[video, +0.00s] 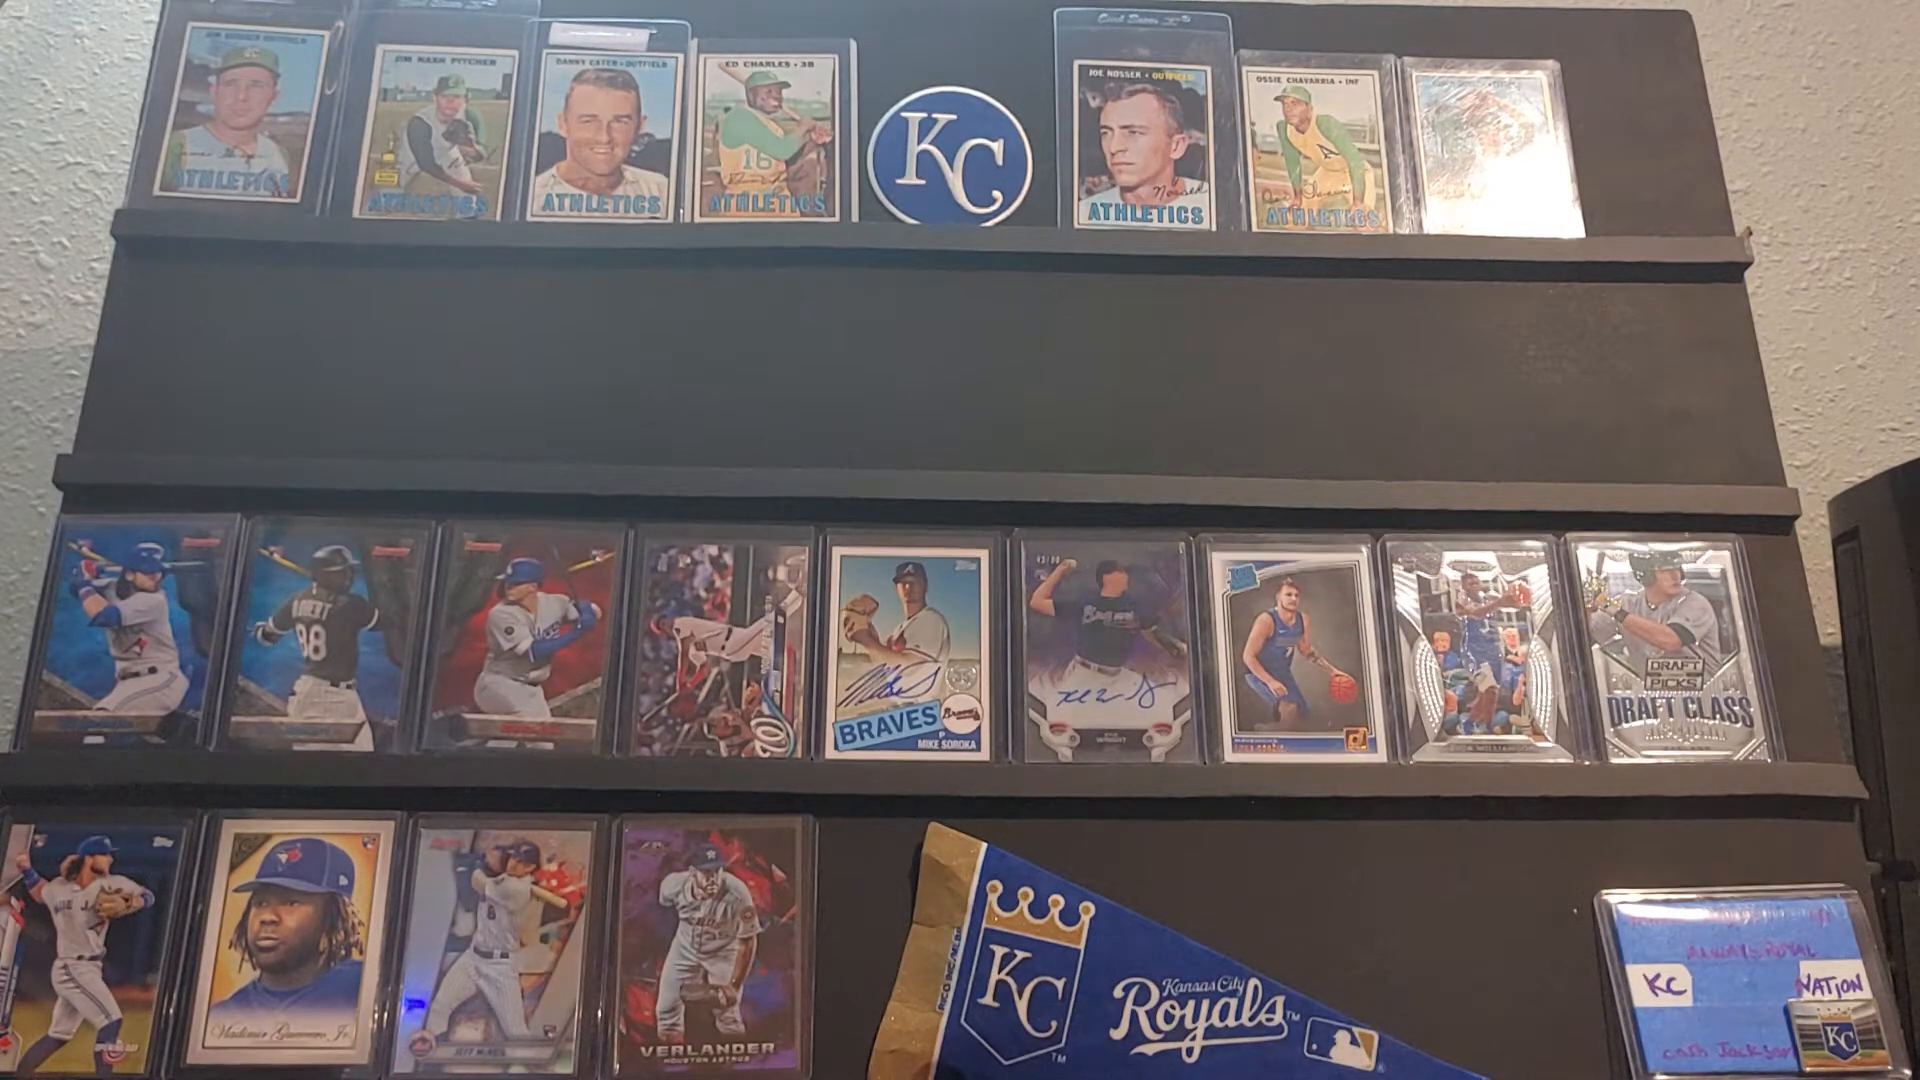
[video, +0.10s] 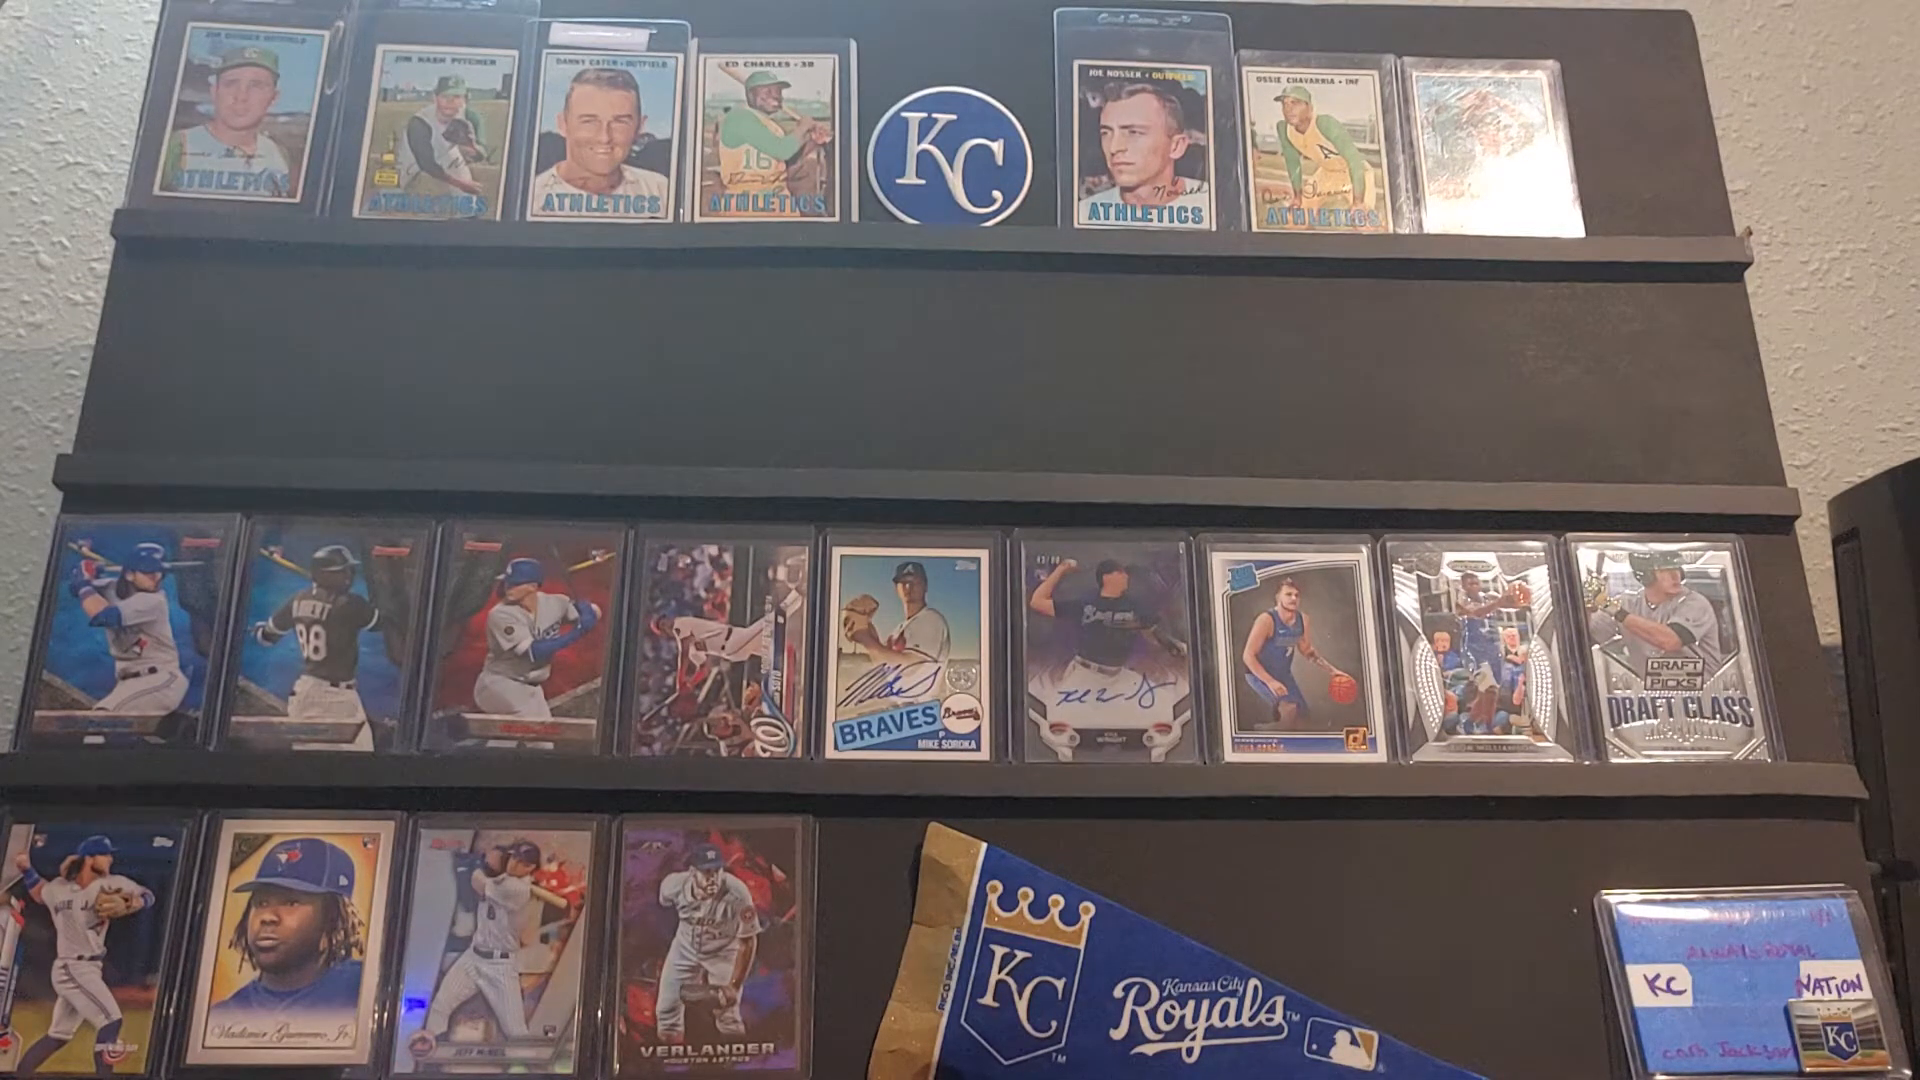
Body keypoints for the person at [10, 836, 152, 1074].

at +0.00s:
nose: (110, 859)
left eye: (109, 855)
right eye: (105, 855)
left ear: (98, 861)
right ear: (89, 859)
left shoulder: (111, 884)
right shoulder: (58, 888)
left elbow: (148, 896)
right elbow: (40, 891)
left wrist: (131, 904)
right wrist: (26, 869)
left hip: (90, 969)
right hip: (71, 969)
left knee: (58, 1035)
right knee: (111, 1020)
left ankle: (20, 1073)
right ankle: (104, 1074)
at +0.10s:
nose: (110, 859)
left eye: (110, 855)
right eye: (105, 855)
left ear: (98, 861)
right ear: (89, 859)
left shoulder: (111, 884)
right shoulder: (58, 889)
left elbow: (148, 896)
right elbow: (39, 891)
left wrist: (130, 905)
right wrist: (26, 869)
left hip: (90, 969)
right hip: (71, 969)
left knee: (58, 1036)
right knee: (111, 1020)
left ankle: (19, 1073)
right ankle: (104, 1074)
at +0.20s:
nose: (110, 859)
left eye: (110, 855)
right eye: (105, 855)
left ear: (97, 861)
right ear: (90, 859)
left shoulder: (111, 884)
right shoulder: (58, 889)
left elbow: (148, 896)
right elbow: (39, 891)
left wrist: (130, 905)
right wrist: (26, 869)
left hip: (90, 969)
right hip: (71, 969)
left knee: (58, 1036)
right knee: (111, 1020)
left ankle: (19, 1073)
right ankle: (104, 1074)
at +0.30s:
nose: (110, 859)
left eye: (110, 855)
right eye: (105, 855)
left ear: (97, 861)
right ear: (90, 859)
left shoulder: (111, 884)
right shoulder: (58, 889)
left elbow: (148, 896)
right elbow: (39, 891)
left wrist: (131, 905)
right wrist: (26, 869)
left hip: (91, 969)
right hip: (71, 969)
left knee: (58, 1036)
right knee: (111, 1020)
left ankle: (19, 1073)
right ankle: (104, 1074)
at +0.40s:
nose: (110, 859)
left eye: (110, 855)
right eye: (105, 855)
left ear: (97, 861)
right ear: (90, 859)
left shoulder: (111, 884)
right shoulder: (58, 889)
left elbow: (148, 896)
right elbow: (39, 890)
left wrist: (131, 905)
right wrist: (26, 869)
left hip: (91, 969)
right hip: (71, 969)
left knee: (58, 1036)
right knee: (111, 1020)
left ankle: (19, 1073)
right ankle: (104, 1074)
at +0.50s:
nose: (110, 859)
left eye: (110, 855)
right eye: (105, 855)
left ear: (97, 861)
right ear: (90, 859)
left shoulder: (111, 884)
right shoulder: (58, 889)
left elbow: (148, 896)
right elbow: (39, 890)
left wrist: (130, 905)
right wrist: (26, 869)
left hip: (91, 969)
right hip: (71, 969)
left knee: (58, 1036)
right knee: (111, 1019)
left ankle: (19, 1073)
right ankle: (104, 1073)